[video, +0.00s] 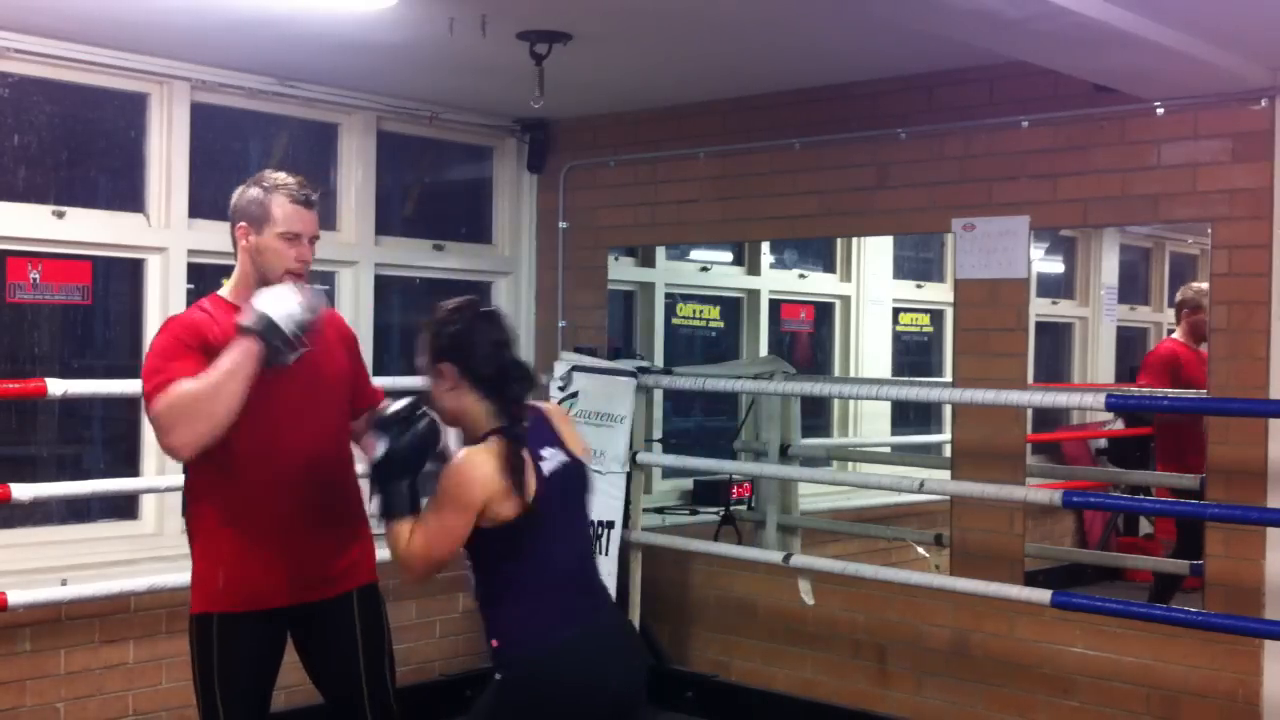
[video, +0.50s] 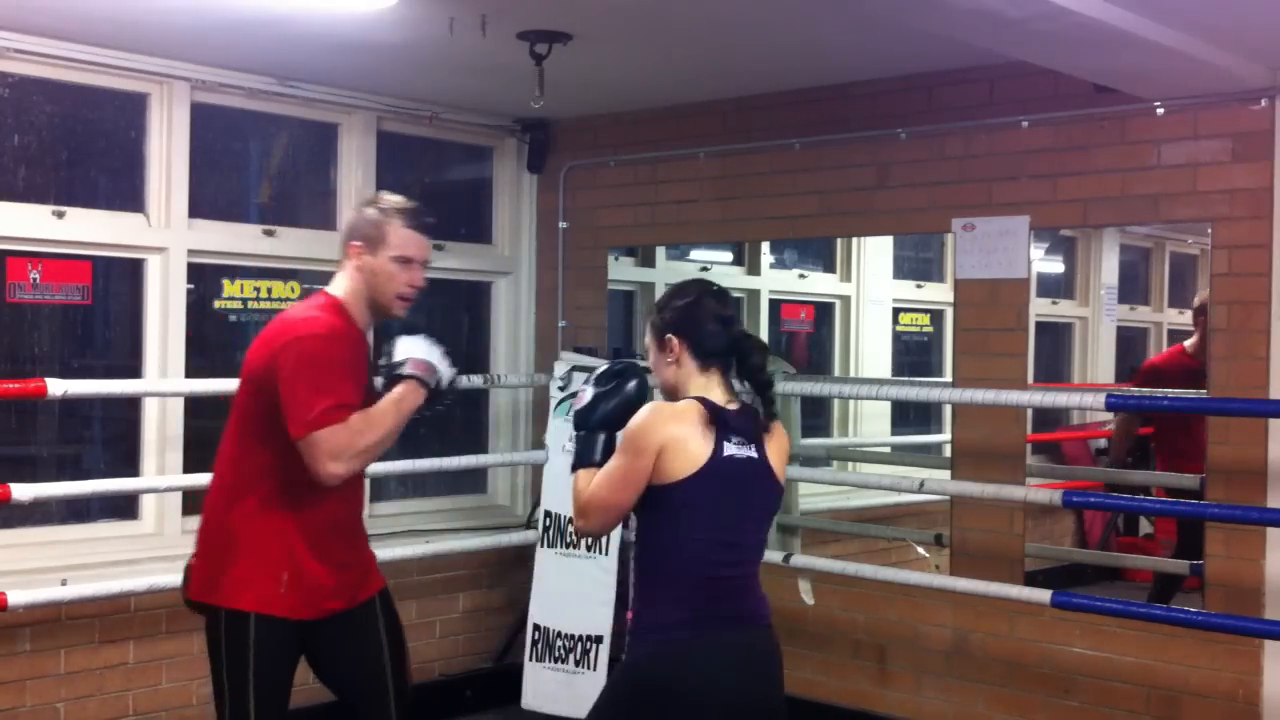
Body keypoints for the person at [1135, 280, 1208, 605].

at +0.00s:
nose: (1213, 320)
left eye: (1213, 313)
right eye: (1208, 313)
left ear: (1194, 315)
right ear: (1188, 313)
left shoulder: (1204, 357)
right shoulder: (1164, 355)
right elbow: (1145, 406)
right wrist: (1196, 410)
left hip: (1205, 463)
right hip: (1179, 466)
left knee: (1199, 541)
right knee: (1188, 543)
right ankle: (1156, 607)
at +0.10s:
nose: (1213, 321)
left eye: (1213, 314)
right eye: (1208, 314)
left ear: (1197, 316)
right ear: (1188, 315)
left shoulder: (1207, 359)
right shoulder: (1161, 358)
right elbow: (1131, 408)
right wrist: (1175, 446)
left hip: (1210, 467)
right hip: (1180, 468)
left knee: (1207, 545)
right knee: (1188, 547)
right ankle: (1154, 613)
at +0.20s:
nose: (1212, 322)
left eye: (1212, 315)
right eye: (1206, 315)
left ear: (1210, 317)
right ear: (1187, 316)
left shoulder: (1214, 358)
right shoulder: (1158, 360)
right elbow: (1115, 405)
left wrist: (1214, 382)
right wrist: (1146, 459)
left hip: (1216, 470)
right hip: (1179, 472)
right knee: (1189, 548)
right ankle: (1154, 614)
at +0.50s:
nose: (1220, 326)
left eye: (1222, 319)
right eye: (1215, 319)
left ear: (1210, 319)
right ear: (1200, 319)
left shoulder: (1228, 364)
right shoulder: (1163, 367)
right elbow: (1126, 420)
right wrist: (1116, 469)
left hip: (1225, 474)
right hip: (1184, 476)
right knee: (1188, 548)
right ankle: (1153, 613)